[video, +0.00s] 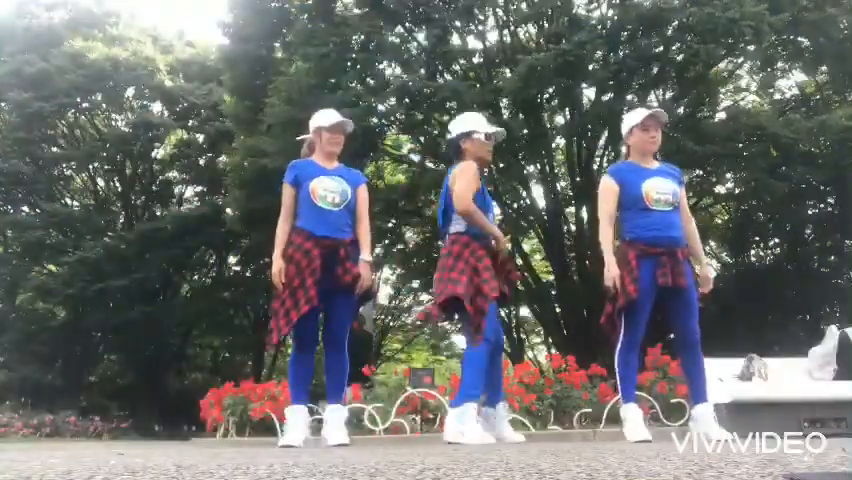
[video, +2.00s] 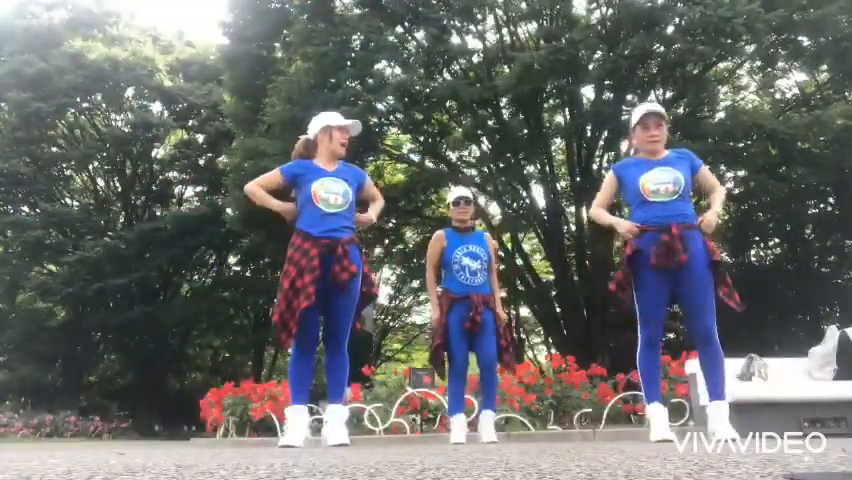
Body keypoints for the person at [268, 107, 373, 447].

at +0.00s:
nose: (336, 136)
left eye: (340, 132)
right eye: (330, 131)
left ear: (345, 137)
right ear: (315, 135)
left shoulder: (356, 177)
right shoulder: (297, 169)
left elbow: (363, 220)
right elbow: (286, 217)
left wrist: (366, 258)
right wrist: (277, 256)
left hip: (345, 254)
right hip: (305, 253)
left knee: (337, 338)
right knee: (304, 337)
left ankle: (336, 417)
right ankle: (298, 416)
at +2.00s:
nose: (348, 138)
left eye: (348, 134)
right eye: (342, 133)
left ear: (342, 139)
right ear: (323, 135)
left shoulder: (355, 174)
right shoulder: (299, 169)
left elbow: (378, 199)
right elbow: (252, 187)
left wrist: (371, 214)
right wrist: (281, 206)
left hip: (346, 255)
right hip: (308, 253)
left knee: (338, 340)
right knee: (305, 338)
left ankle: (335, 420)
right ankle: (297, 420)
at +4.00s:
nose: (348, 137)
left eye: (349, 133)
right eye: (342, 132)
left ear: (343, 138)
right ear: (322, 134)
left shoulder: (355, 178)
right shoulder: (296, 172)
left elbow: (376, 221)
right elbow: (279, 220)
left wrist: (377, 257)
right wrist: (287, 251)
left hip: (347, 254)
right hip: (308, 254)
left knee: (339, 340)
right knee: (306, 339)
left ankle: (336, 419)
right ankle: (297, 419)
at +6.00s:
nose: (339, 140)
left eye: (344, 135)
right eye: (332, 135)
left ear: (351, 140)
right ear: (321, 140)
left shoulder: (363, 183)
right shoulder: (306, 176)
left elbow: (369, 226)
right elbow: (290, 223)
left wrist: (370, 250)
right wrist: (285, 263)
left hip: (352, 258)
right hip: (312, 256)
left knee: (360, 334)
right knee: (306, 338)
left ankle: (375, 413)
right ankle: (297, 419)